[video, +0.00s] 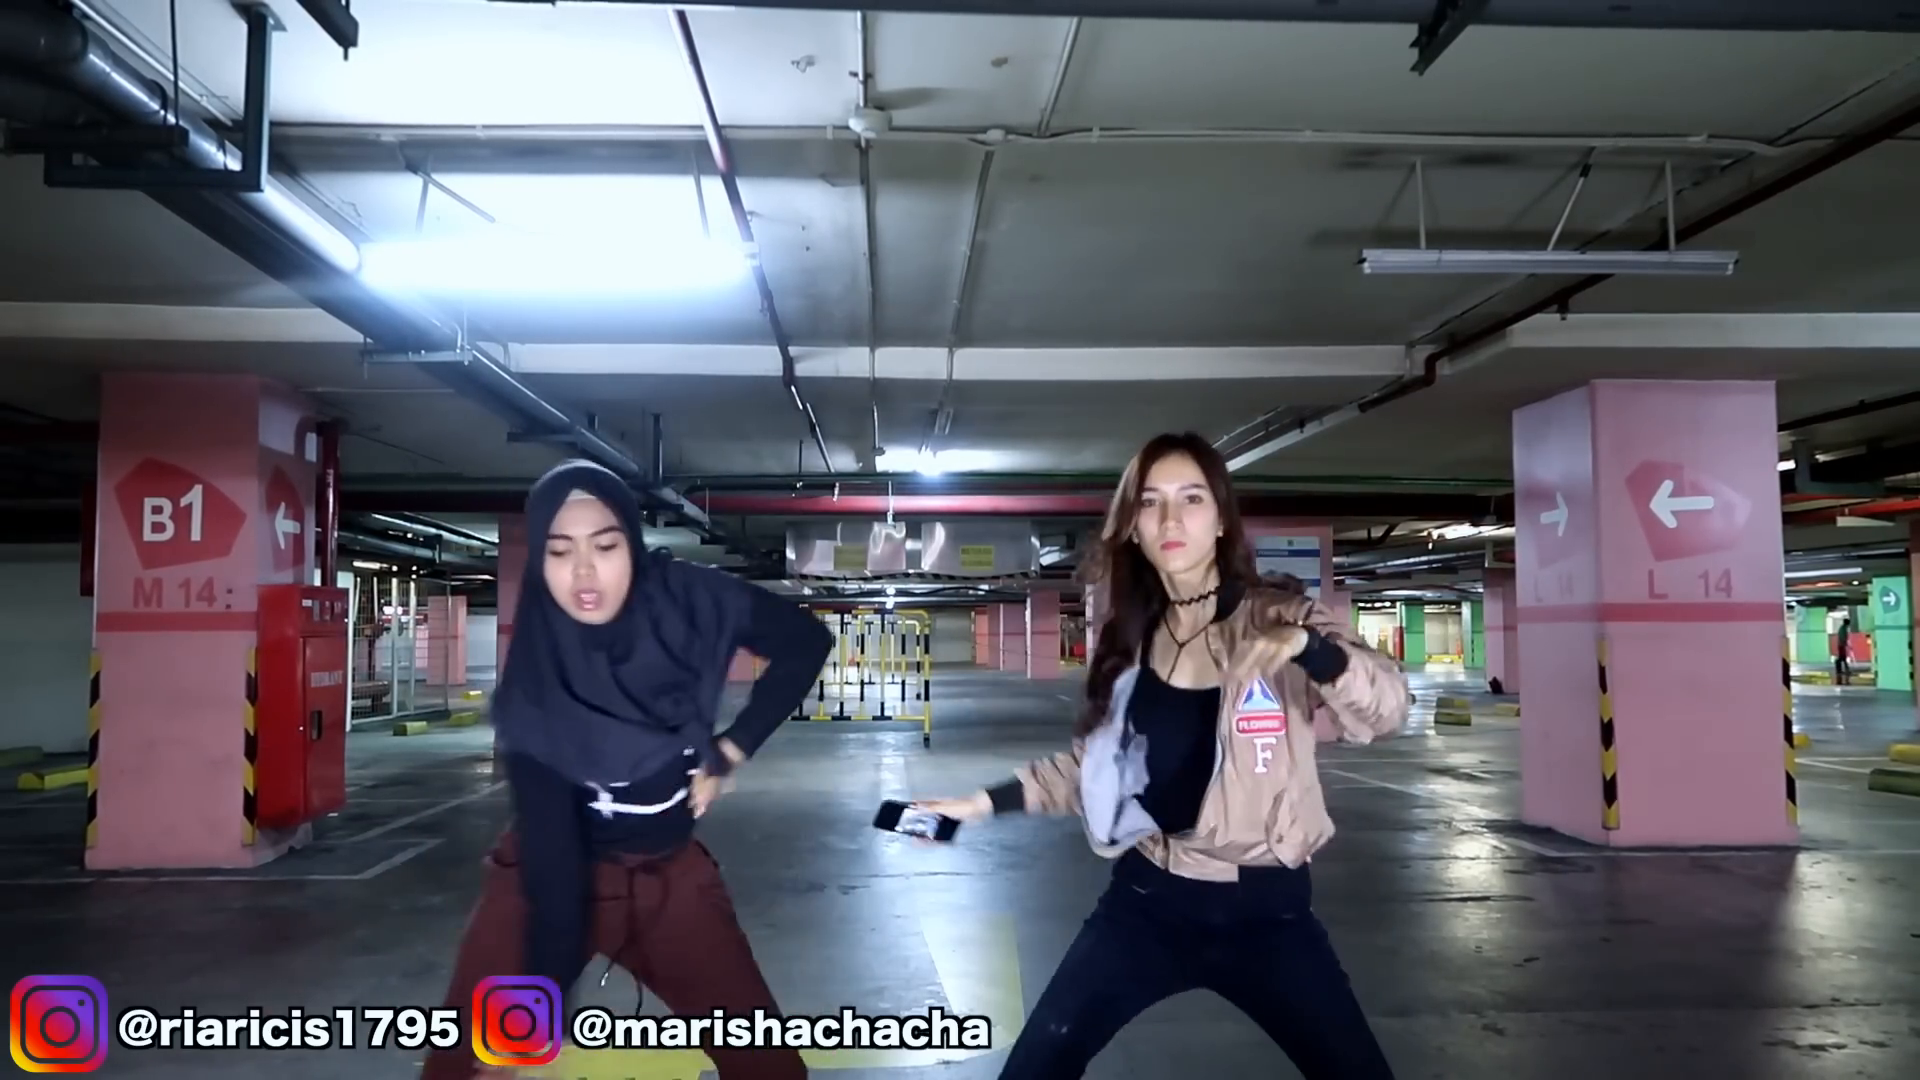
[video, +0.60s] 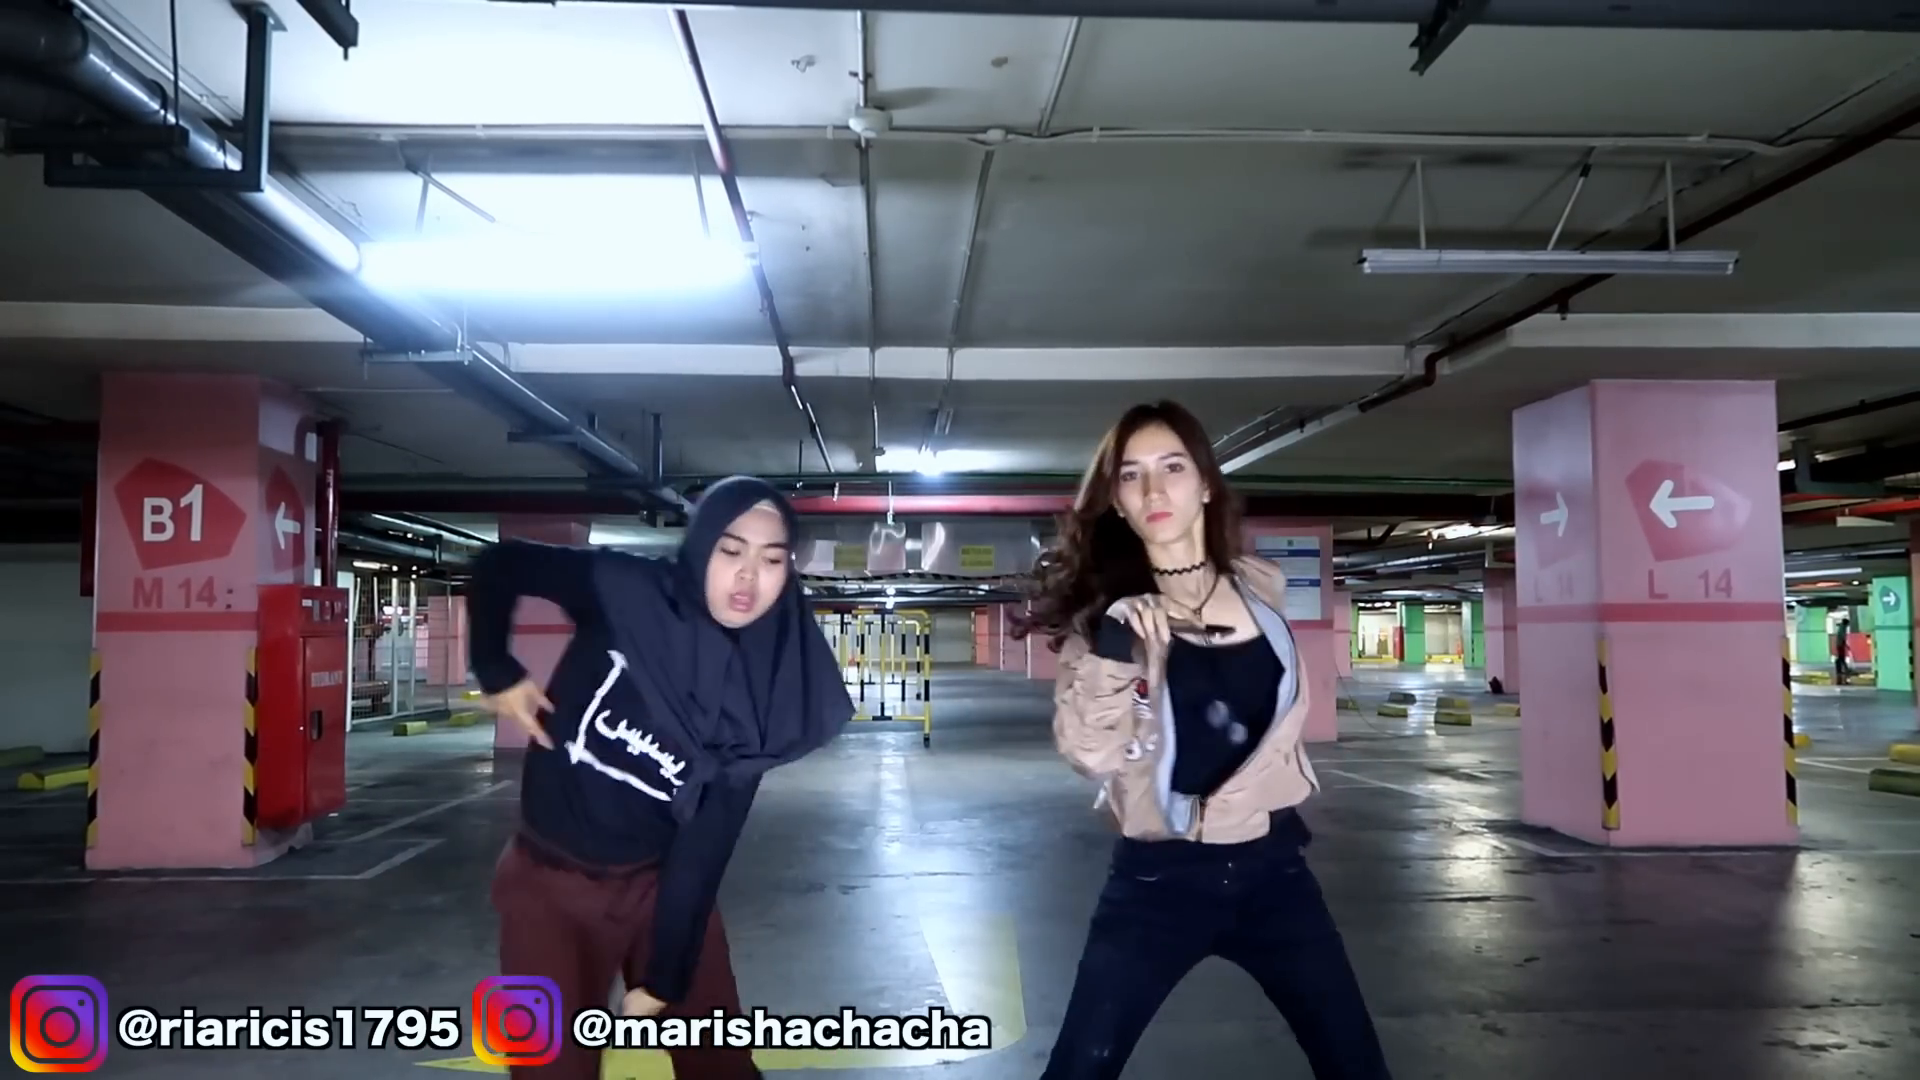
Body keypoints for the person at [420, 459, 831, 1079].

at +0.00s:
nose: (585, 573)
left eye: (606, 546)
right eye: (559, 551)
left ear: (635, 549)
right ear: (537, 561)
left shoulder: (691, 597)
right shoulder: (530, 693)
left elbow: (806, 642)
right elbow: (554, 883)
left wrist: (731, 751)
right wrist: (537, 1027)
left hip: (670, 874)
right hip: (546, 875)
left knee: (769, 1064)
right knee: (457, 1062)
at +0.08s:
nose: (628, 582)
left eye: (646, 555)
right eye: (602, 561)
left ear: (674, 559)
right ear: (579, 574)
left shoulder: (730, 610)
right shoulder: (574, 691)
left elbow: (844, 639)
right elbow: (608, 850)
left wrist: (794, 704)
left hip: (696, 888)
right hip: (584, 876)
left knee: (778, 1066)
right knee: (495, 1058)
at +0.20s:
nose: (694, 566)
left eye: (716, 540)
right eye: (672, 544)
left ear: (747, 544)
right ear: (650, 553)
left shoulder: (786, 619)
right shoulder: (622, 648)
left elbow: (838, 737)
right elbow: (610, 798)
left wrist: (814, 737)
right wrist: (660, 943)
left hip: (712, 854)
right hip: (603, 839)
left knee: (769, 1055)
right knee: (496, 1023)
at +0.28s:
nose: (735, 553)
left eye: (757, 529)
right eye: (715, 530)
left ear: (786, 533)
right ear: (692, 532)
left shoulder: (806, 649)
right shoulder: (636, 600)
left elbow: (770, 786)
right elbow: (590, 734)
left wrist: (751, 913)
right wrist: (652, 856)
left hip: (699, 823)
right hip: (592, 797)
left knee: (743, 1030)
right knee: (519, 930)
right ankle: (557, 1063)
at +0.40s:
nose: (766, 582)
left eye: (793, 566)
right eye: (752, 556)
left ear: (818, 583)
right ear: (727, 557)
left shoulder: (797, 697)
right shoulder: (657, 600)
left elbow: (720, 847)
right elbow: (554, 663)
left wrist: (653, 994)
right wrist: (625, 770)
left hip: (695, 858)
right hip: (608, 829)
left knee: (759, 1059)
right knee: (560, 808)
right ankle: (607, 977)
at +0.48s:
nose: (775, 581)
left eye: (800, 564)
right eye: (759, 554)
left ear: (820, 579)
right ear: (732, 551)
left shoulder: (808, 700)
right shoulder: (660, 587)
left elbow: (719, 835)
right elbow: (555, 609)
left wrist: (665, 982)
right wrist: (578, 726)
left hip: (675, 846)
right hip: (571, 821)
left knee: (731, 1053)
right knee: (565, 886)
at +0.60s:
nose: (749, 577)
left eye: (772, 559)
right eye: (732, 551)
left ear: (788, 572)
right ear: (698, 551)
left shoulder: (760, 692)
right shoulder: (624, 589)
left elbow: (705, 843)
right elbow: (497, 564)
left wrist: (661, 980)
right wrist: (496, 674)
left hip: (664, 888)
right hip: (552, 883)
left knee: (723, 1067)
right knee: (555, 1069)